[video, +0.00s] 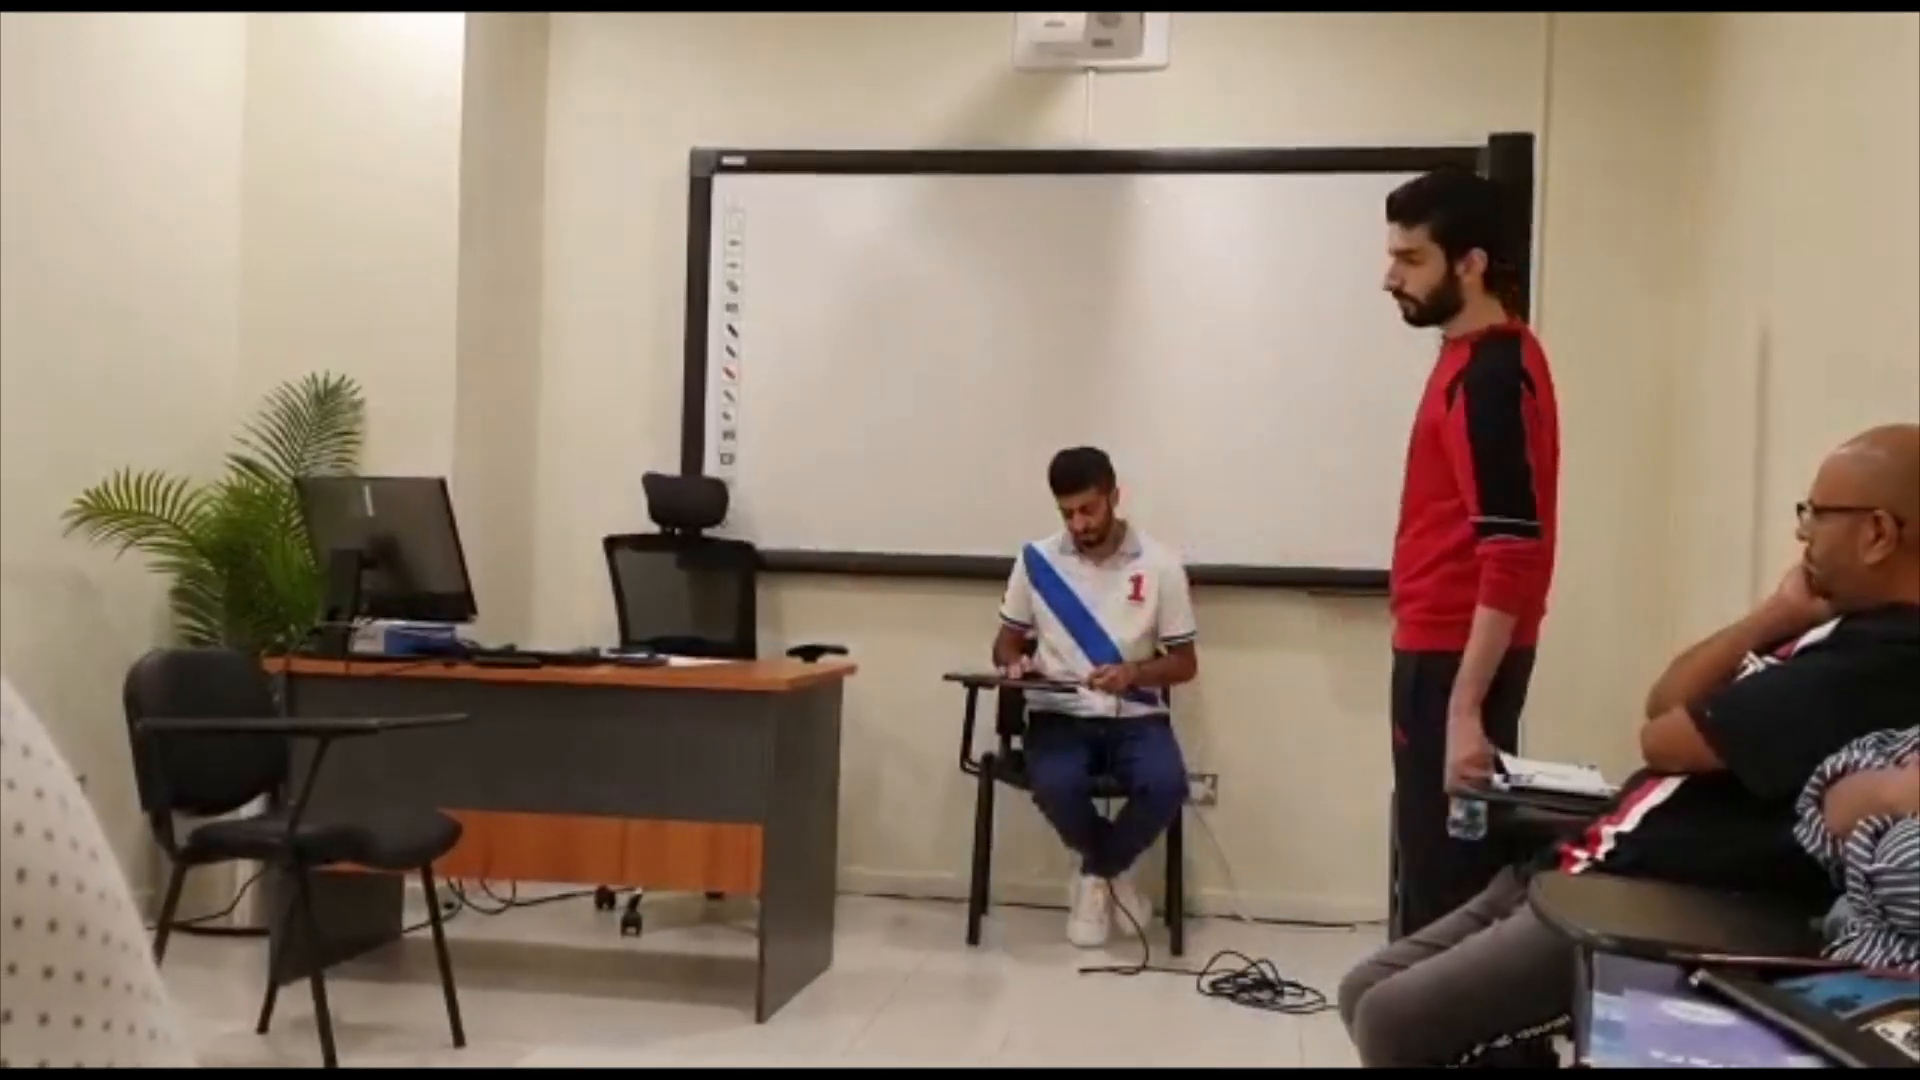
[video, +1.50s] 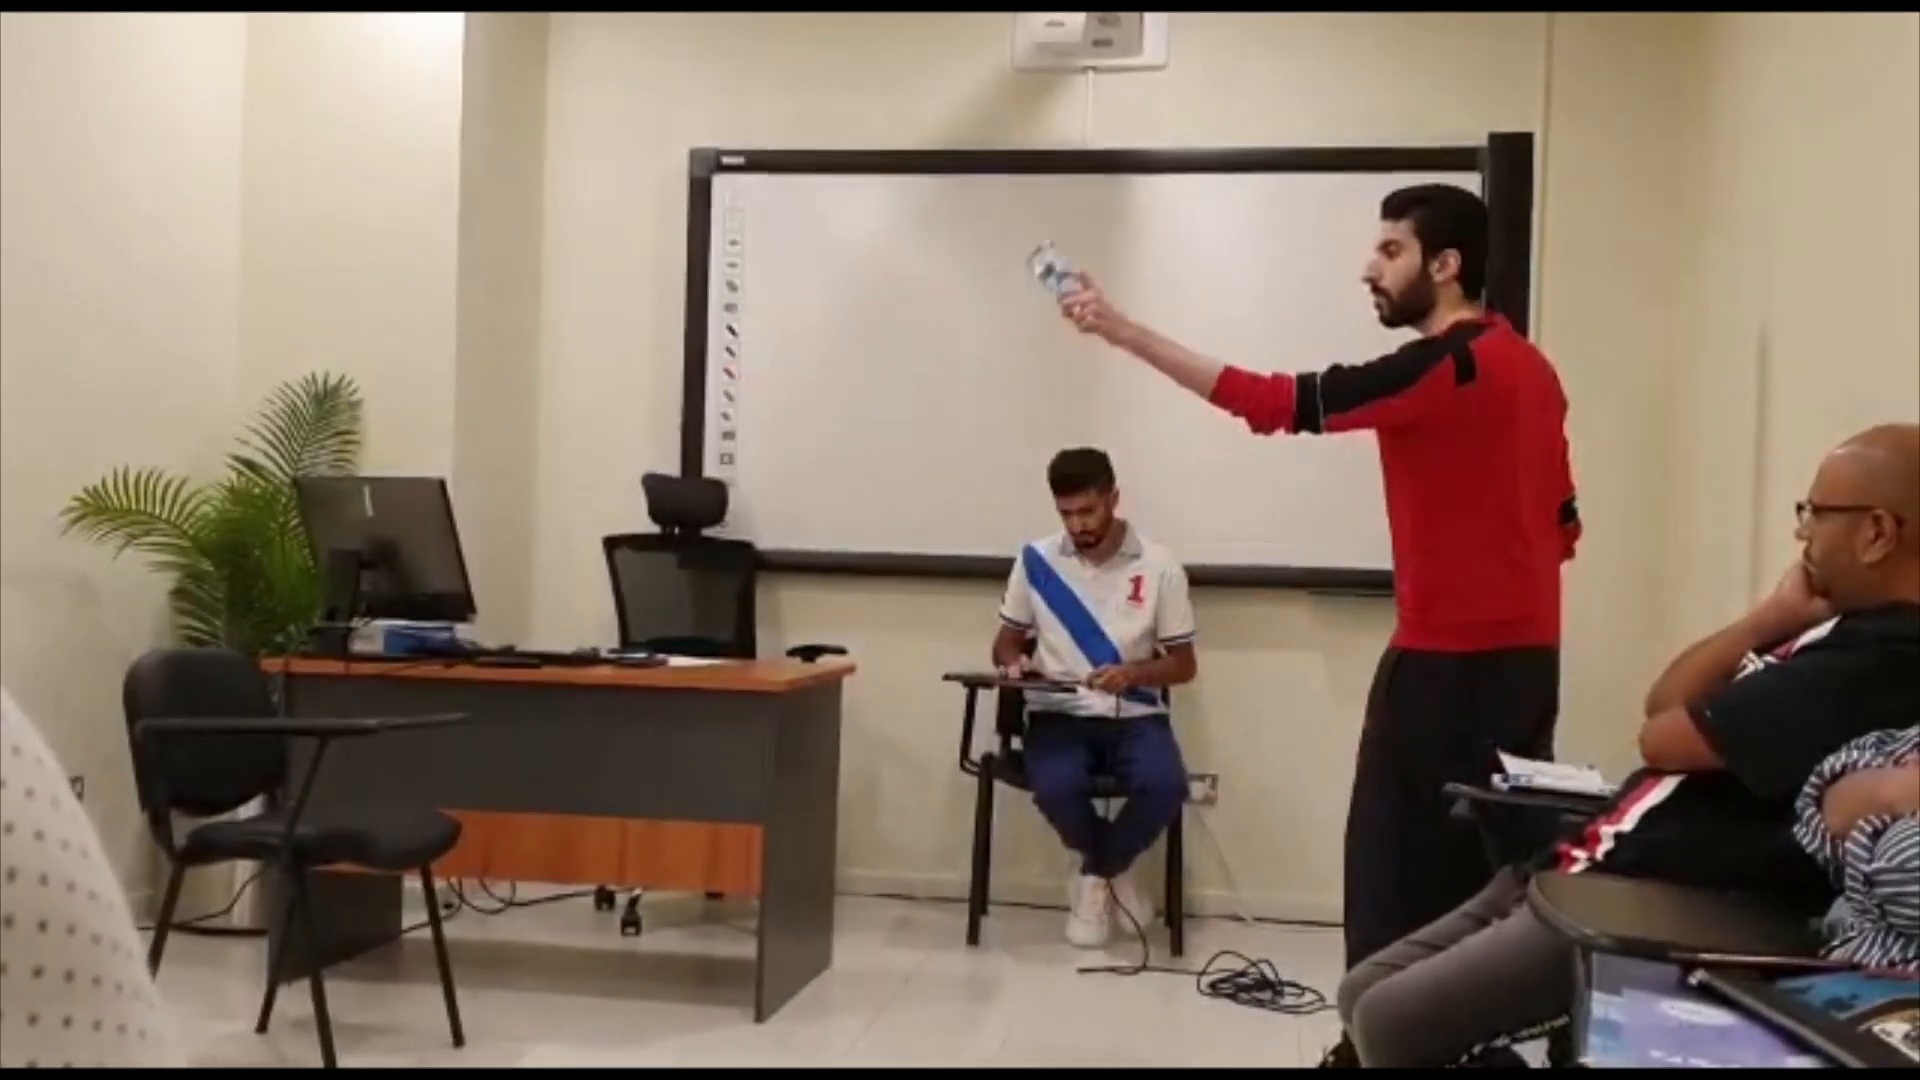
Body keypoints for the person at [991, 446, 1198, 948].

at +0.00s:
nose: (1079, 524)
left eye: (1088, 510)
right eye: (1068, 514)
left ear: (1115, 497)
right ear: (1058, 509)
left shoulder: (1159, 565)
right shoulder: (1036, 561)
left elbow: (1184, 662)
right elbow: (1007, 643)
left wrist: (1132, 674)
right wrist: (1014, 661)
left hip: (1135, 717)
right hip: (1059, 716)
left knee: (1164, 788)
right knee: (1055, 789)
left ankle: (1095, 879)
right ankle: (1114, 872)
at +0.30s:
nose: (1078, 526)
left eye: (1088, 512)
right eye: (1068, 515)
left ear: (1115, 498)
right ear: (1057, 510)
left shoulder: (1158, 566)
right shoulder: (1035, 562)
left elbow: (1183, 662)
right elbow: (1007, 643)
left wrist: (1131, 675)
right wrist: (1014, 662)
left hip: (1134, 718)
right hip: (1058, 716)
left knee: (1163, 788)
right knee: (1055, 791)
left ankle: (1094, 880)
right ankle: (1115, 870)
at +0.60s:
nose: (1078, 526)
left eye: (1087, 512)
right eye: (1067, 515)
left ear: (1114, 498)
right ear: (1056, 509)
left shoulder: (1158, 567)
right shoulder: (1036, 562)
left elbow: (1184, 663)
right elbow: (1008, 642)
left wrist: (1131, 675)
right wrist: (1014, 662)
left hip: (1134, 717)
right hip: (1058, 716)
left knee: (1163, 789)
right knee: (1055, 791)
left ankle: (1095, 879)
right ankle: (1115, 869)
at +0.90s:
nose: (1078, 527)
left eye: (1088, 513)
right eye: (1068, 516)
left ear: (1115, 499)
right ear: (1057, 511)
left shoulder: (1159, 567)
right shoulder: (1036, 562)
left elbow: (1184, 663)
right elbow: (1008, 643)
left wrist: (1131, 676)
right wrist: (1014, 663)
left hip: (1134, 717)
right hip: (1058, 716)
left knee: (1164, 789)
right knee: (1055, 792)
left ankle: (1095, 880)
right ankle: (1114, 869)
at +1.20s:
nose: (1078, 527)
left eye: (1087, 513)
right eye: (1067, 516)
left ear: (1114, 499)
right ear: (1057, 511)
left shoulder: (1158, 566)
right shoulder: (1036, 563)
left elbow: (1184, 667)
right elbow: (1007, 645)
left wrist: (1133, 676)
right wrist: (1014, 663)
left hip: (1136, 717)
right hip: (1060, 716)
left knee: (1164, 789)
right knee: (1055, 792)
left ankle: (1095, 880)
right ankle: (1115, 871)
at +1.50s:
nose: (1078, 526)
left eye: (1087, 512)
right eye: (1067, 514)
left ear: (1113, 499)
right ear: (1056, 509)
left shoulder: (1158, 566)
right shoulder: (1036, 562)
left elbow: (1183, 663)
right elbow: (1008, 641)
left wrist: (1132, 674)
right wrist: (1012, 661)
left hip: (1135, 717)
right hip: (1059, 716)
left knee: (1163, 788)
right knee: (1055, 791)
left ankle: (1094, 879)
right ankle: (1114, 870)